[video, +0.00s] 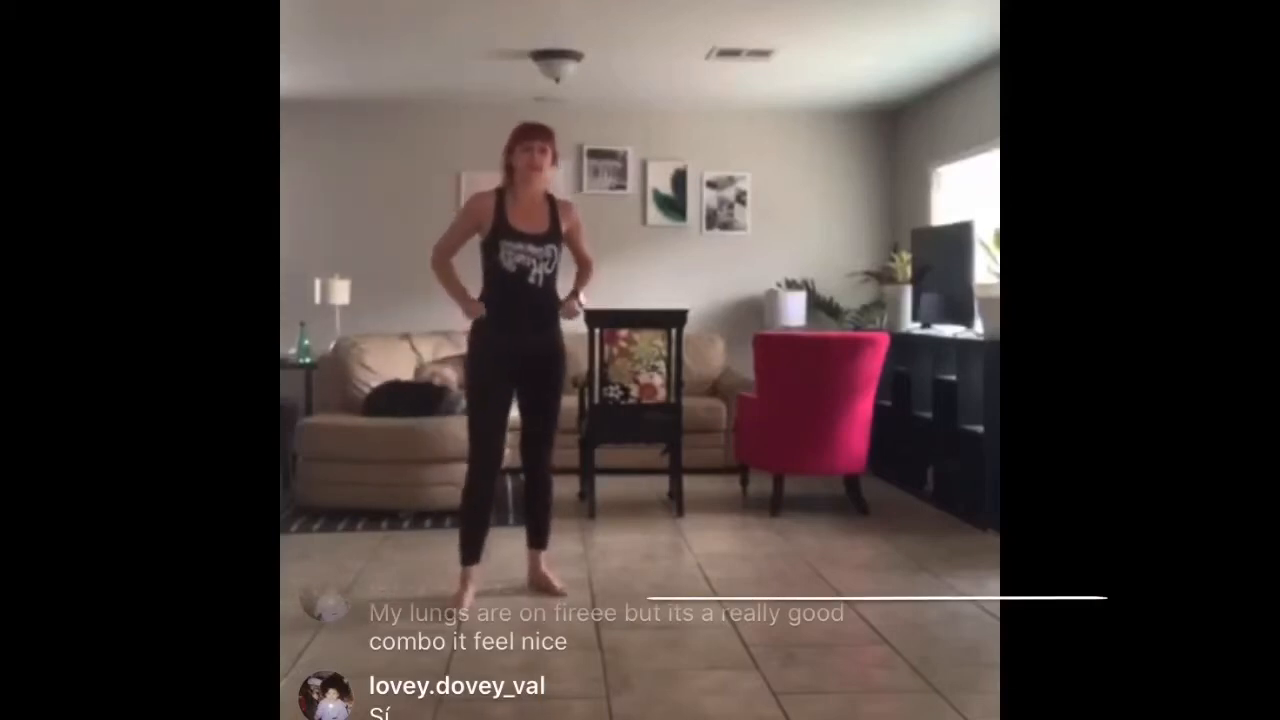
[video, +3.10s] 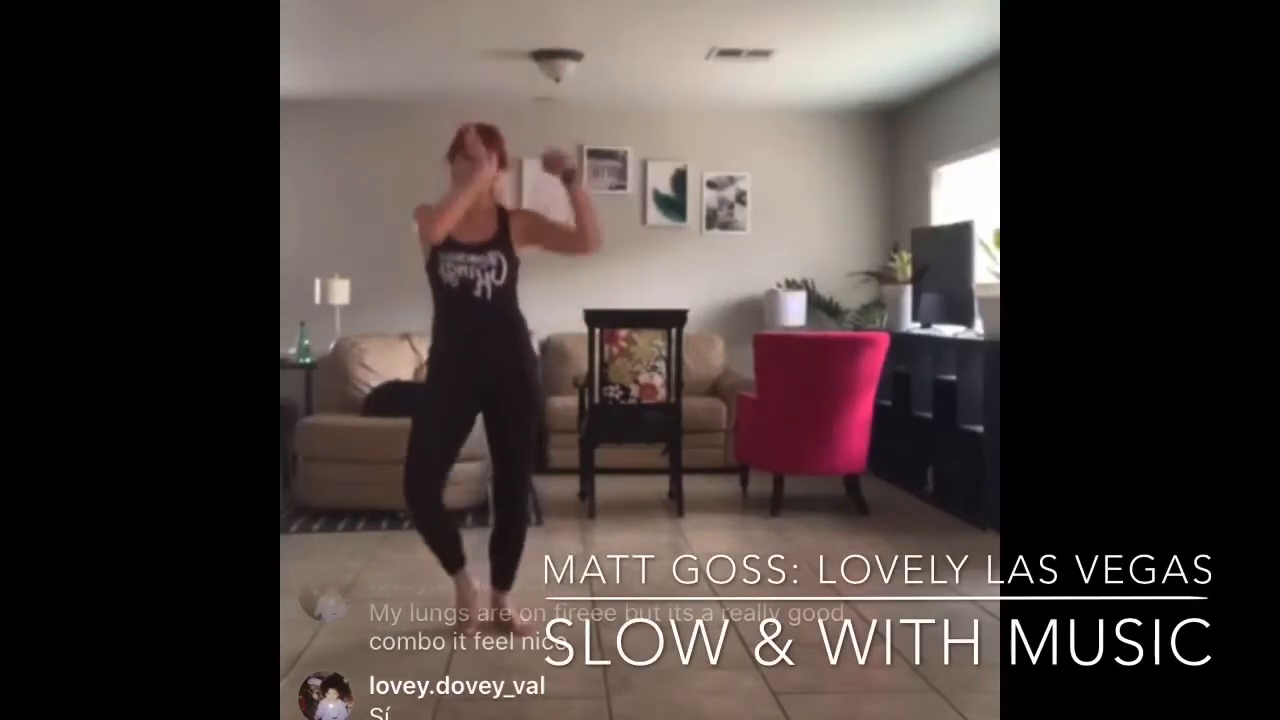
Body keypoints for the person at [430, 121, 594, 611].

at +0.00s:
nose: (534, 158)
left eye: (541, 152)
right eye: (526, 150)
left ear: (553, 163)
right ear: (510, 158)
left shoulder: (564, 214)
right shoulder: (485, 205)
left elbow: (586, 264)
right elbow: (441, 257)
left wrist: (574, 299)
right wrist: (466, 302)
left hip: (544, 339)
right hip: (494, 338)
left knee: (538, 459)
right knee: (484, 461)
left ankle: (539, 564)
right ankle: (468, 579)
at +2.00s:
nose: (519, 139)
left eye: (529, 134)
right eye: (511, 131)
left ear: (542, 149)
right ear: (495, 141)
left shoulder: (555, 209)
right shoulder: (466, 201)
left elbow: (570, 293)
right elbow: (446, 284)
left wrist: (543, 249)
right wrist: (472, 236)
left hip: (535, 347)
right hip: (479, 346)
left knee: (529, 469)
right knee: (485, 469)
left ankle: (525, 583)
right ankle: (485, 584)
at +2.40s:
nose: (507, 172)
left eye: (518, 167)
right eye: (499, 165)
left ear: (530, 181)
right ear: (484, 177)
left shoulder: (544, 232)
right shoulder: (463, 230)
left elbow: (582, 283)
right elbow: (421, 279)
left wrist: (553, 219)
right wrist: (449, 217)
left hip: (529, 367)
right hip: (474, 366)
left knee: (523, 479)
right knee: (478, 480)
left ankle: (521, 583)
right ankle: (490, 582)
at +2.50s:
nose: (509, 138)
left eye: (518, 132)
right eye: (500, 130)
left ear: (531, 145)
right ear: (484, 142)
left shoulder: (539, 200)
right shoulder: (462, 194)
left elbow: (578, 180)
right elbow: (418, 164)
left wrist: (550, 123)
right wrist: (448, 99)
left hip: (529, 347)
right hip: (471, 345)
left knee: (525, 467)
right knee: (475, 467)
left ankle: (524, 579)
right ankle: (488, 577)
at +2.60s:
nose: (506, 100)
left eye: (516, 94)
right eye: (497, 92)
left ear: (530, 106)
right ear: (479, 102)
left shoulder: (541, 158)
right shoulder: (462, 153)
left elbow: (564, 87)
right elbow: (434, 76)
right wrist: (440, 4)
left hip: (525, 306)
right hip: (466, 305)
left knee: (529, 434)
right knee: (474, 436)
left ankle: (533, 560)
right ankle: (473, 563)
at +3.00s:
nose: (491, 160)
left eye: (499, 153)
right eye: (482, 153)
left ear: (512, 166)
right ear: (463, 165)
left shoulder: (526, 217)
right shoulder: (444, 217)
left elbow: (584, 177)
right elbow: (425, 162)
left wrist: (550, 118)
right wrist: (456, 98)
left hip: (513, 362)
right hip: (455, 361)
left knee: (516, 479)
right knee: (450, 479)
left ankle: (503, 593)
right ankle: (477, 586)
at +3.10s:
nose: (473, 166)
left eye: (484, 158)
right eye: (463, 158)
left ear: (501, 167)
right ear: (449, 166)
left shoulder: (516, 223)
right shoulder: (433, 216)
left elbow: (587, 242)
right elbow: (435, 233)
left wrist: (573, 184)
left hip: (510, 370)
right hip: (451, 370)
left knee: (512, 485)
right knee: (420, 489)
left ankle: (501, 599)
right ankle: (463, 584)